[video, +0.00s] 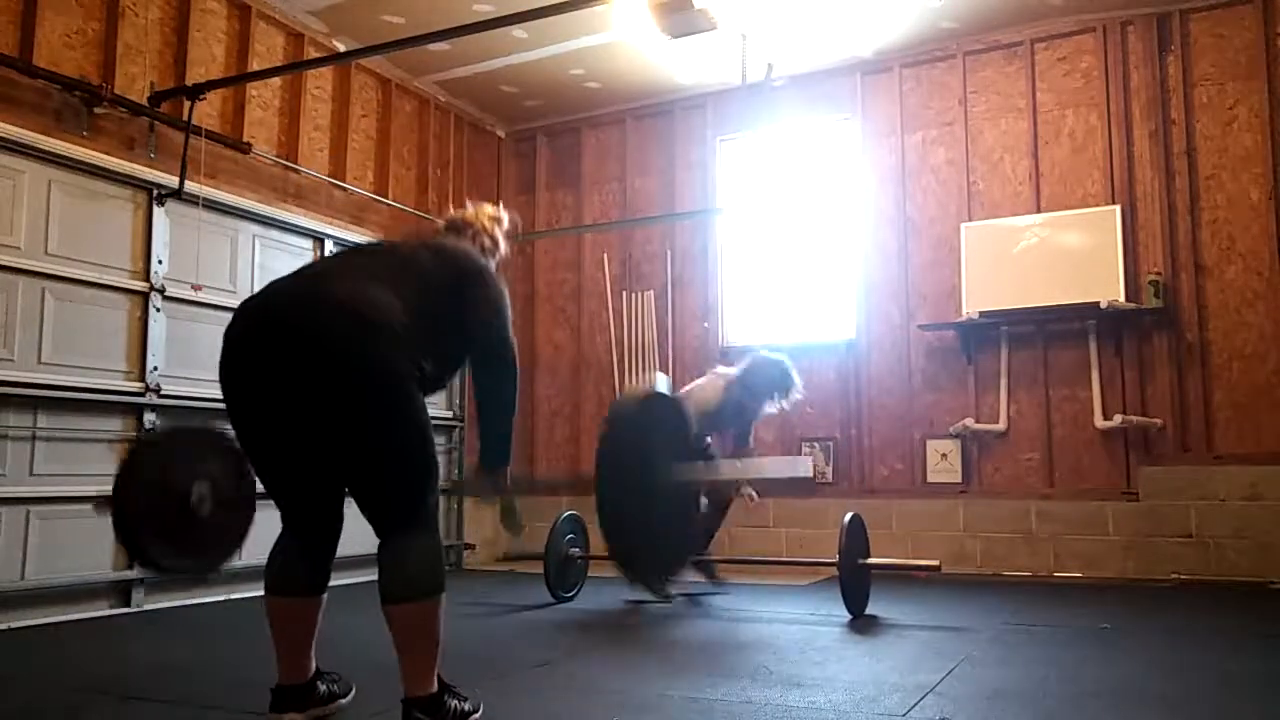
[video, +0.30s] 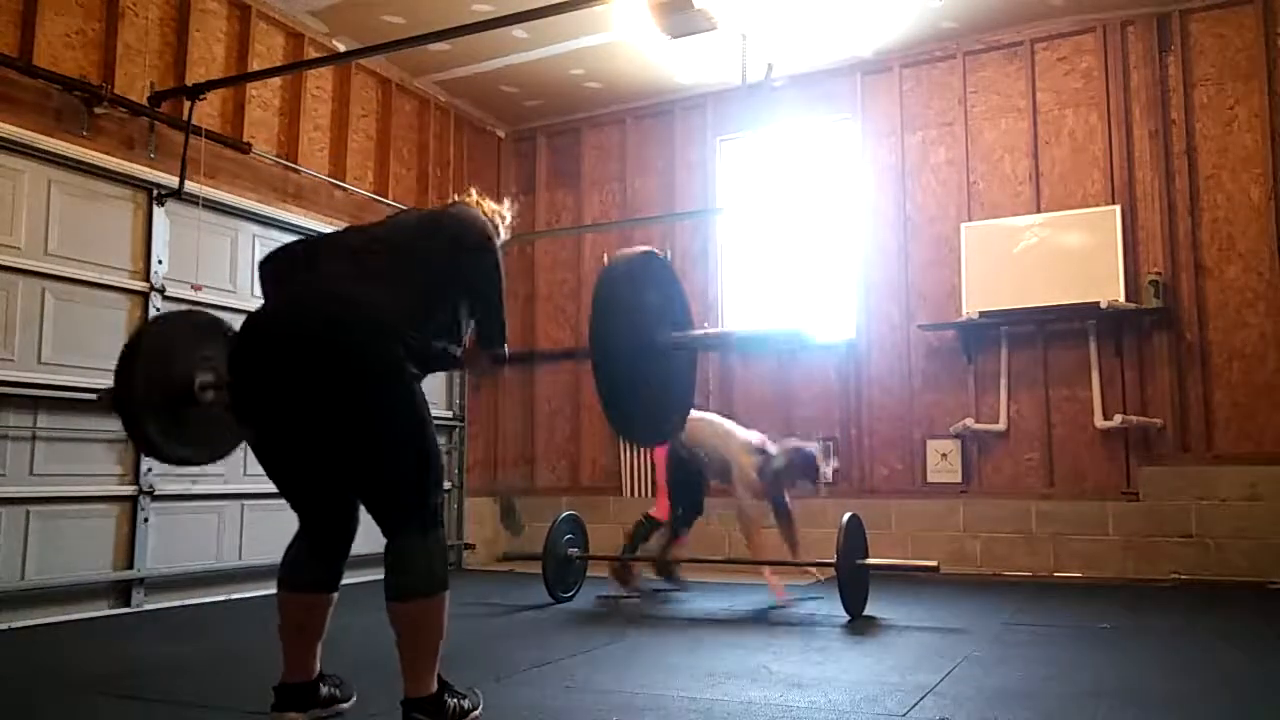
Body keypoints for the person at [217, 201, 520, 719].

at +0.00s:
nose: (494, 267)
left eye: (494, 259)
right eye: (493, 259)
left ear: (442, 234)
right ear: (485, 252)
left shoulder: (385, 254)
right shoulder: (475, 275)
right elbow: (497, 366)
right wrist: (494, 472)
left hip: (255, 345)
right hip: (357, 362)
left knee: (308, 518)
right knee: (407, 524)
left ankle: (294, 685)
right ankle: (424, 696)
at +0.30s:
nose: (493, 250)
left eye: (497, 242)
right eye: (493, 240)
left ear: (435, 211)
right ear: (484, 226)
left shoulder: (368, 235)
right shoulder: (471, 228)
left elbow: (276, 262)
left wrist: (304, 337)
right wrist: (489, 346)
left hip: (264, 360)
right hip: (363, 367)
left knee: (324, 519)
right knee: (414, 524)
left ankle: (298, 685)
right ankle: (423, 696)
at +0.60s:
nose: (493, 260)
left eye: (496, 252)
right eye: (493, 250)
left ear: (449, 221)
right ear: (478, 233)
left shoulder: (389, 247)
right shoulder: (472, 265)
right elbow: (494, 349)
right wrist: (497, 441)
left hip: (254, 346)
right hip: (351, 365)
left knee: (309, 518)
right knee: (399, 528)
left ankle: (294, 685)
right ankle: (420, 695)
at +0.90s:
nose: (497, 359)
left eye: (499, 351)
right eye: (497, 349)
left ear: (447, 326)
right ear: (485, 337)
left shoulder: (395, 343)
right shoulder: (477, 370)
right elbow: (494, 482)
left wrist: (333, 584)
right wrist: (500, 583)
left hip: (246, 401)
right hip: (354, 409)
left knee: (339, 520)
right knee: (433, 523)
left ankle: (299, 685)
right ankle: (427, 694)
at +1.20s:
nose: (509, 319)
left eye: (512, 310)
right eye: (512, 308)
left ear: (461, 287)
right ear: (502, 300)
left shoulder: (407, 312)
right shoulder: (480, 334)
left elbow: (363, 415)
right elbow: (480, 450)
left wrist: (353, 522)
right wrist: (474, 543)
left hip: (247, 375)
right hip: (343, 385)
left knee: (326, 524)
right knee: (414, 526)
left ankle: (298, 685)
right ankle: (424, 693)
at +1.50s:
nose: (511, 229)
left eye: (516, 220)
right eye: (514, 218)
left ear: (466, 194)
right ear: (505, 206)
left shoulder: (410, 221)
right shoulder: (486, 234)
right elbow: (440, 314)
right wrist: (425, 400)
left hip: (269, 345)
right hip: (347, 358)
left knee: (330, 505)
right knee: (401, 499)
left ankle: (286, 678)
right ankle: (336, 680)